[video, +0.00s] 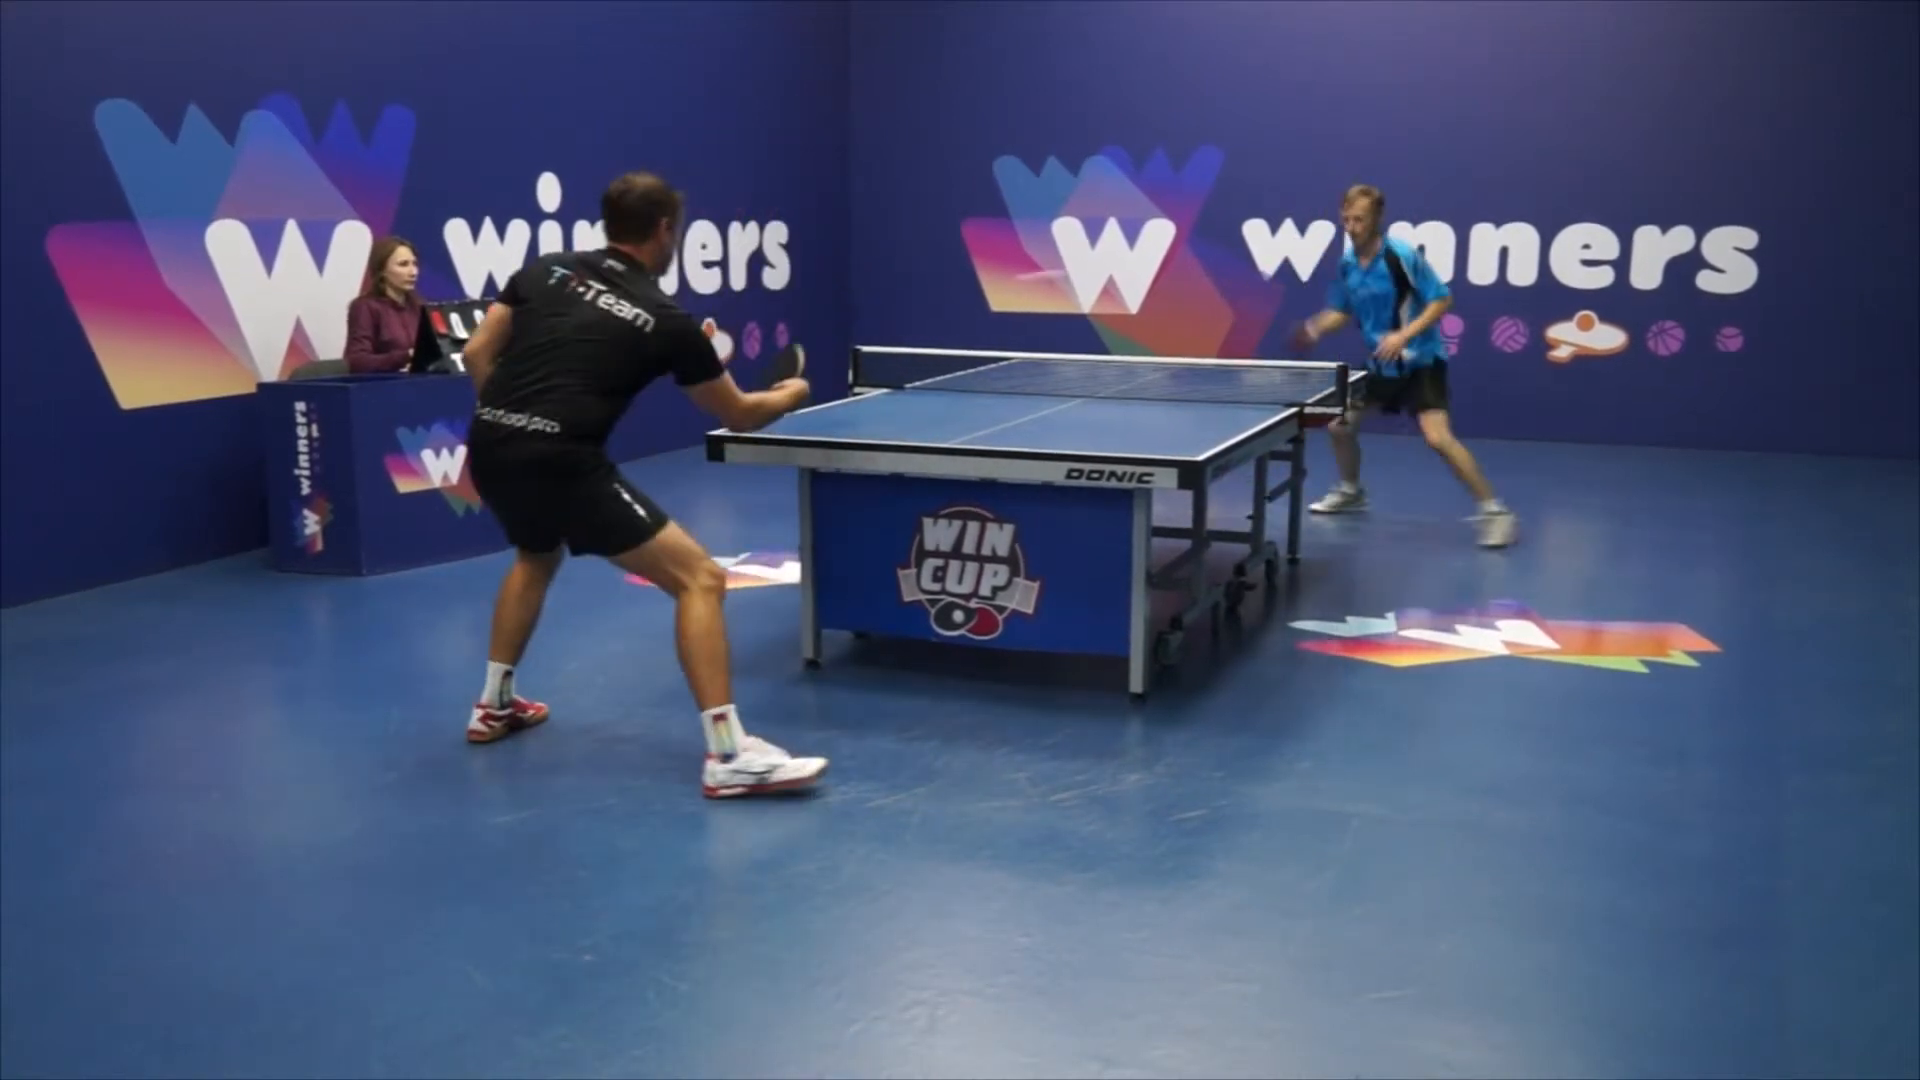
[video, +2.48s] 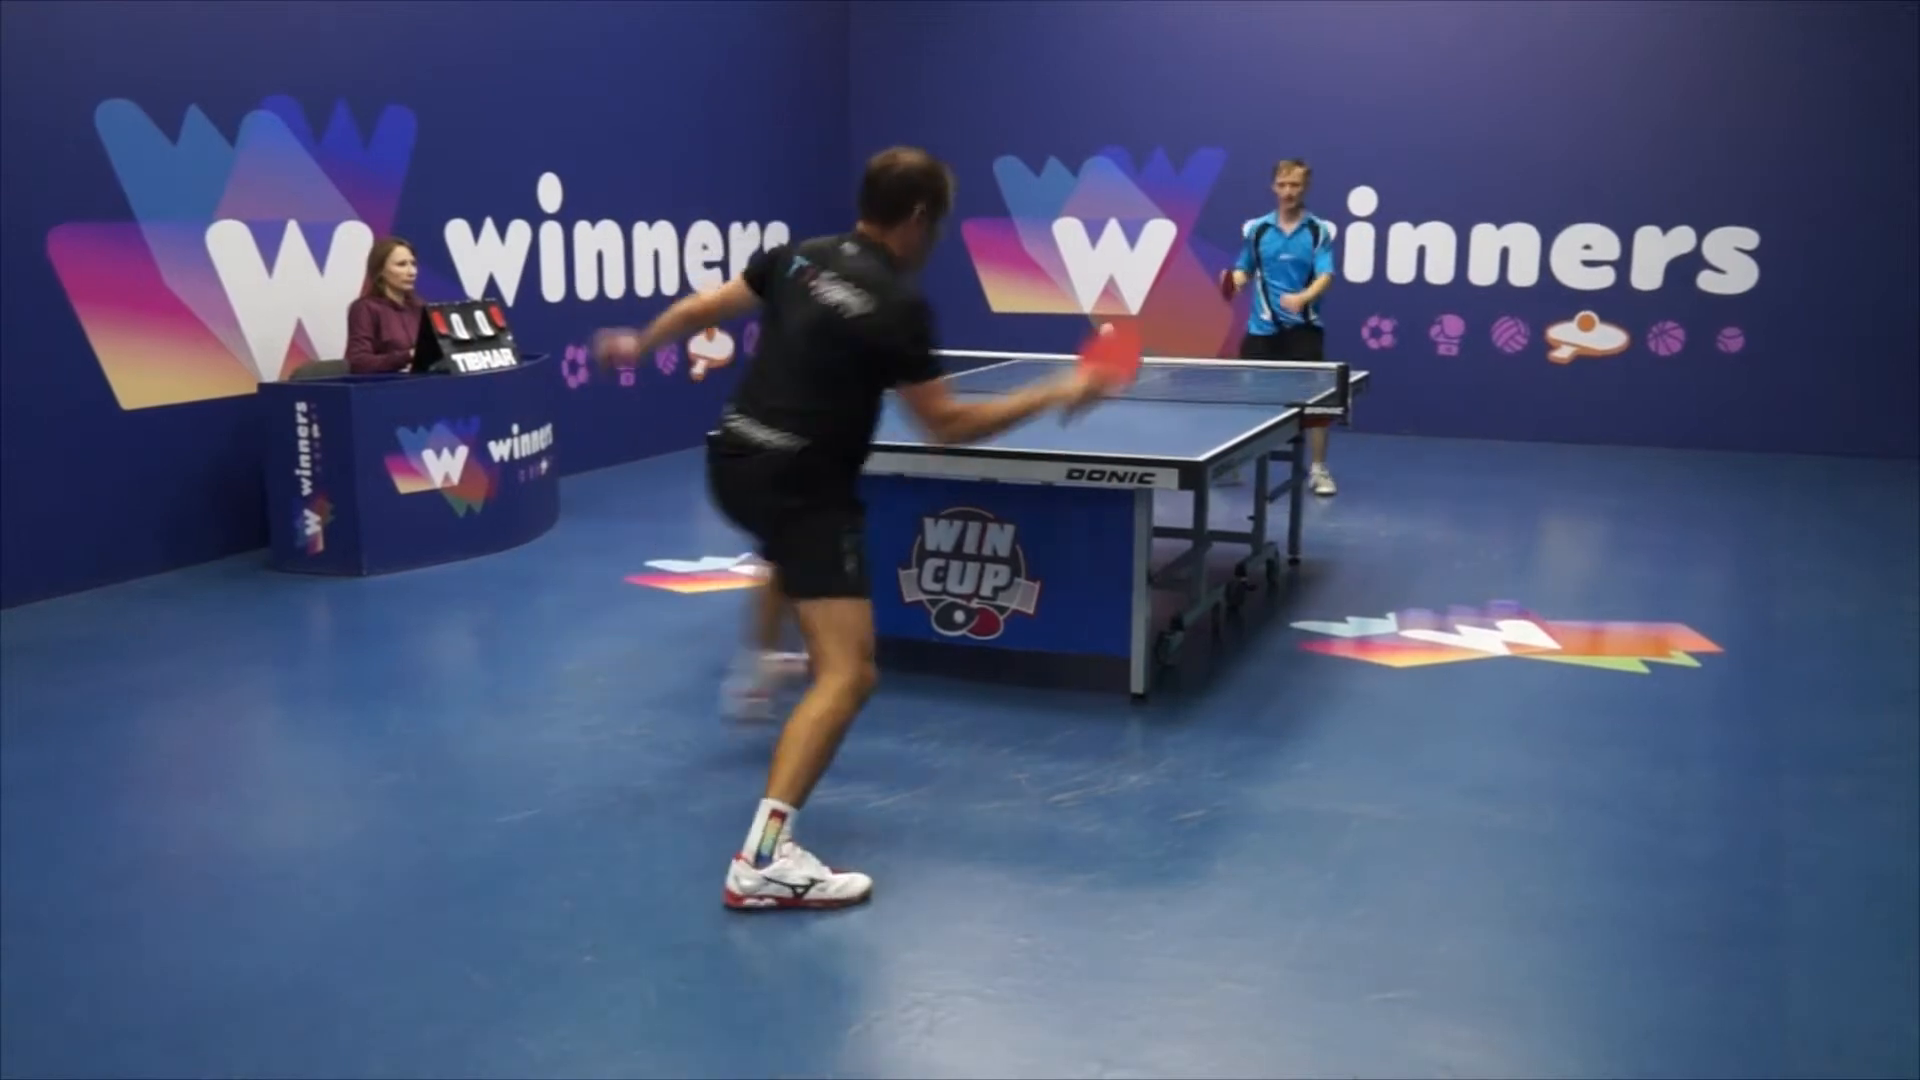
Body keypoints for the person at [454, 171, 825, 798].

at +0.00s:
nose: (674, 241)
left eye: (673, 231)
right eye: (674, 231)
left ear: (608, 227)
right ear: (661, 233)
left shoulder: (547, 270)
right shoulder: (667, 322)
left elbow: (477, 353)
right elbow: (739, 413)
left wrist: (504, 416)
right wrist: (789, 393)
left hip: (491, 449)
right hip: (563, 461)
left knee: (536, 555)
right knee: (699, 580)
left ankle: (493, 702)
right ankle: (728, 750)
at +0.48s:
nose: (668, 170)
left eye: (665, 157)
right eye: (666, 158)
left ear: (594, 164)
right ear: (649, 163)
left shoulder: (534, 229)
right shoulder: (657, 248)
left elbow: (482, 324)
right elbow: (683, 374)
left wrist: (518, 378)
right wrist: (750, 377)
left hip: (514, 429)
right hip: (595, 436)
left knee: (508, 569)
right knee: (690, 584)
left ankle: (479, 700)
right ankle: (691, 767)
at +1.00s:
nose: (533, 198)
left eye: (531, 185)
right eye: (529, 186)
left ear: (457, 189)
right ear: (506, 190)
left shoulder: (411, 259)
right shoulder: (525, 292)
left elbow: (450, 368)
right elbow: (602, 368)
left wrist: (533, 404)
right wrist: (658, 358)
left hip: (433, 468)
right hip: (502, 474)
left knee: (454, 609)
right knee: (589, 622)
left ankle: (342, 740)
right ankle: (616, 811)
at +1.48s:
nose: (645, 174)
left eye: (642, 162)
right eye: (641, 164)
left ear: (564, 171)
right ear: (627, 171)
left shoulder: (504, 235)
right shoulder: (639, 248)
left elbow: (439, 332)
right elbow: (672, 381)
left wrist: (476, 389)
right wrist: (707, 363)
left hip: (504, 452)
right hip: (594, 453)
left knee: (481, 581)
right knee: (720, 594)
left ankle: (419, 739)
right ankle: (703, 774)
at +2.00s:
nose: (805, 236)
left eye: (807, 223)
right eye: (807, 222)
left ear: (733, 208)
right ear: (783, 219)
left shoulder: (669, 260)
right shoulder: (750, 320)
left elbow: (603, 358)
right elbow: (770, 461)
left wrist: (689, 397)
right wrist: (888, 463)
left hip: (600, 480)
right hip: (678, 501)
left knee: (585, 636)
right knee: (824, 634)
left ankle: (483, 782)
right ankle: (831, 836)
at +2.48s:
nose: (938, 234)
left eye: (937, 220)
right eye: (938, 221)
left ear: (868, 207)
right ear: (918, 220)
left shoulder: (802, 257)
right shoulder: (898, 308)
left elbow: (702, 306)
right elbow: (946, 422)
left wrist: (640, 343)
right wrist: (1058, 392)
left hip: (734, 460)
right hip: (804, 486)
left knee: (788, 548)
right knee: (845, 672)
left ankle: (761, 667)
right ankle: (764, 852)